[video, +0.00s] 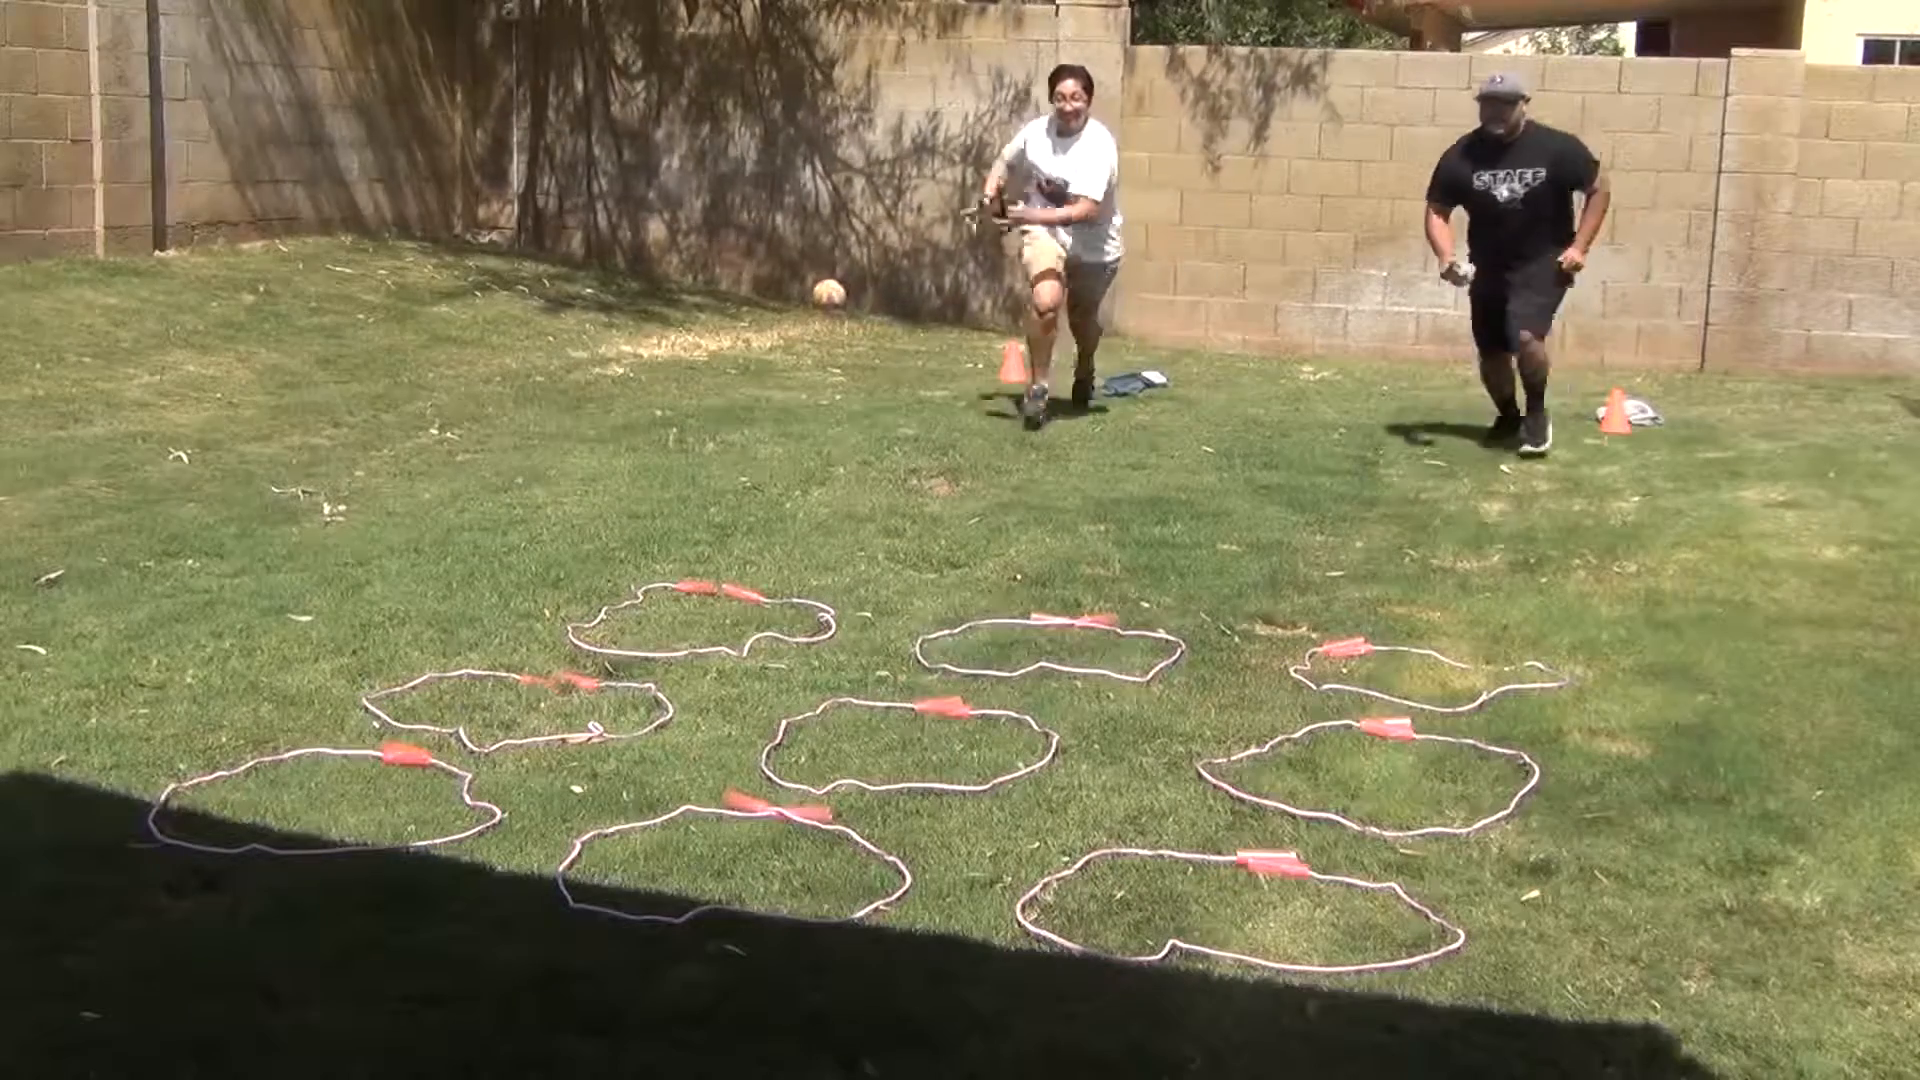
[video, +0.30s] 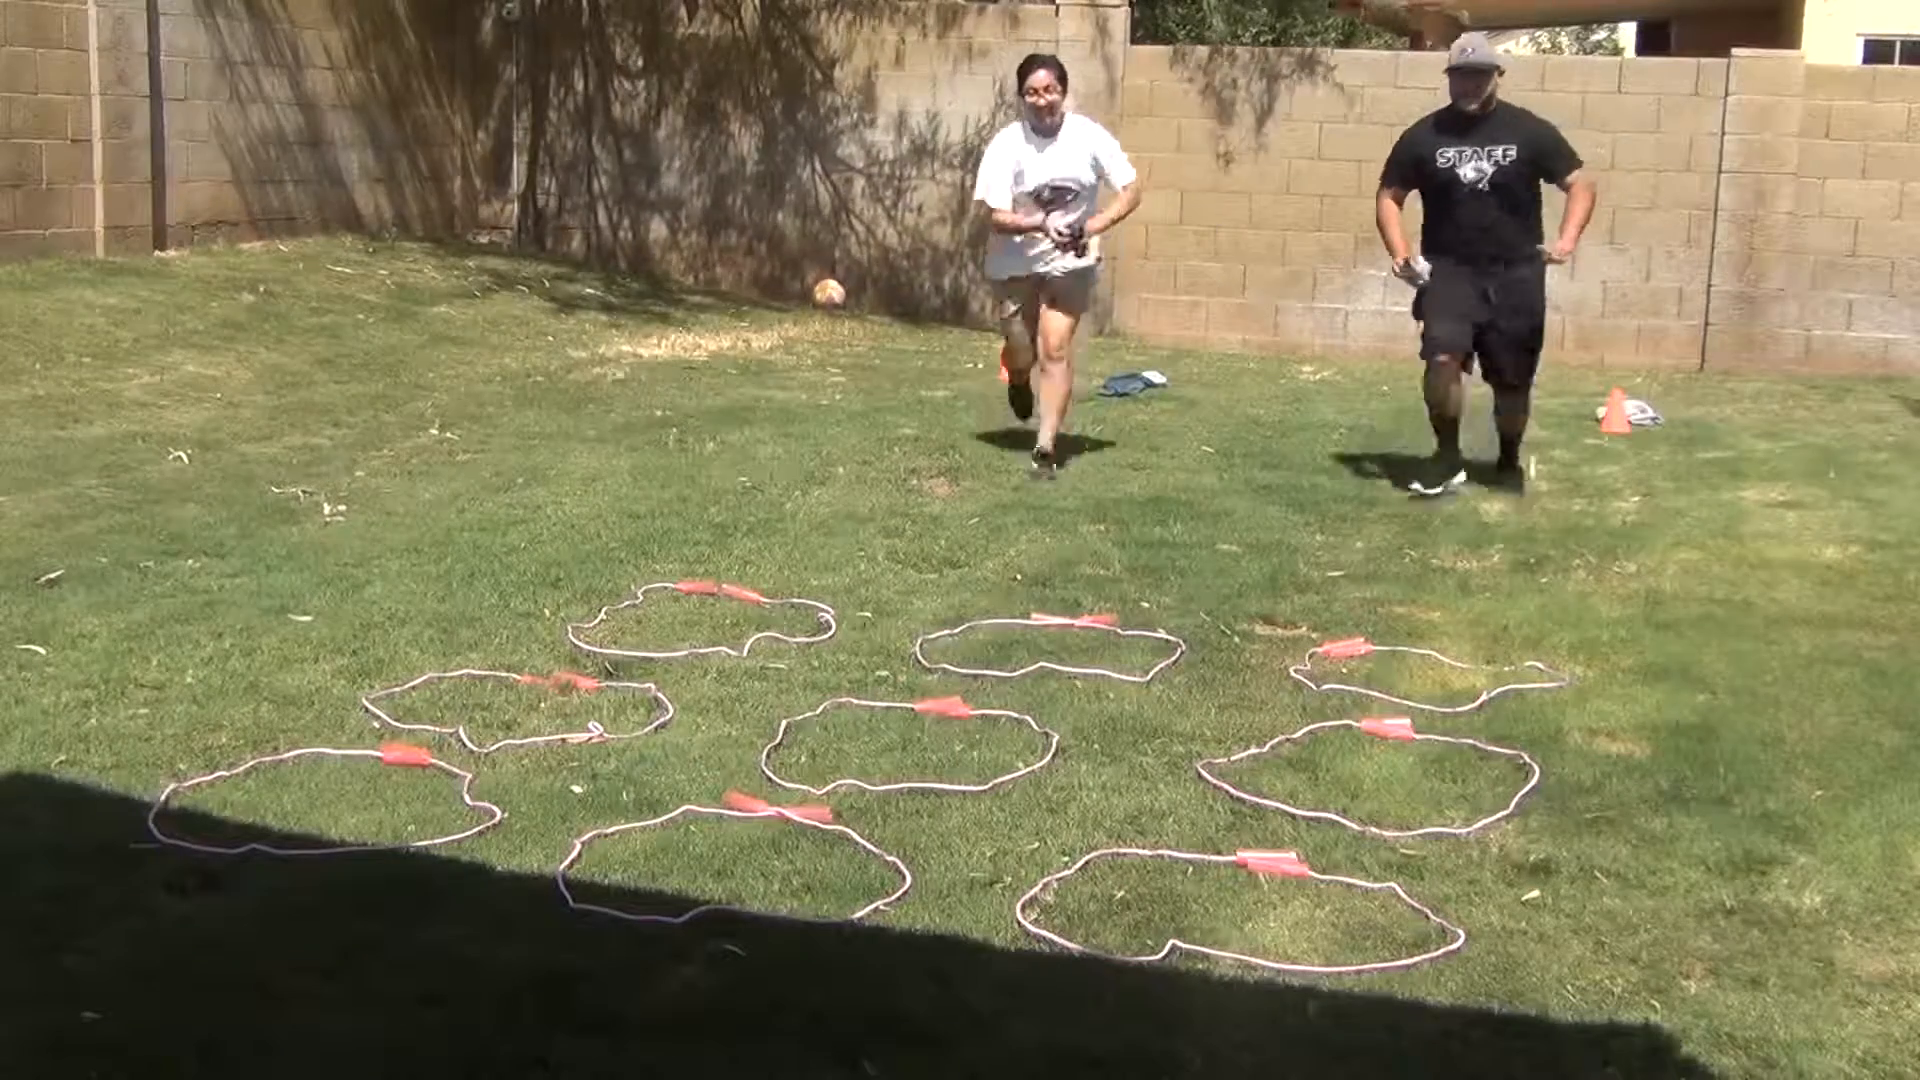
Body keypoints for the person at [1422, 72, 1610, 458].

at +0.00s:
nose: (1495, 113)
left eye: (1504, 105)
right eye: (1488, 104)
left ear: (1523, 107)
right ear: (1479, 106)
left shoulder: (1558, 149)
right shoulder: (1461, 157)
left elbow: (1599, 190)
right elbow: (1436, 213)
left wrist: (1580, 247)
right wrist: (1447, 257)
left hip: (1543, 261)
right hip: (1488, 265)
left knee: (1525, 337)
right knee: (1491, 353)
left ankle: (1536, 414)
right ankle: (1508, 416)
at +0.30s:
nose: (1471, 84)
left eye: (1481, 75)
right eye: (1463, 75)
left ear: (1497, 77)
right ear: (1448, 77)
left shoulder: (1531, 132)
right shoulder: (1424, 137)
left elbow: (1582, 187)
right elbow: (1388, 198)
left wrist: (1568, 238)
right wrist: (1401, 254)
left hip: (1517, 272)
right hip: (1449, 272)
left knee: (1513, 380)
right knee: (1442, 360)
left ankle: (1509, 464)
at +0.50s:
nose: (1433, 98)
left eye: (1443, 88)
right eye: (1424, 87)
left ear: (1461, 92)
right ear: (1409, 90)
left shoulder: (1497, 151)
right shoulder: (1379, 156)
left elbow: (1547, 198)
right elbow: (1340, 222)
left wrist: (1556, 259)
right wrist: (1353, 259)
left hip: (1472, 298)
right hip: (1403, 297)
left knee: (1474, 400)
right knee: (1403, 395)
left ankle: (1464, 473)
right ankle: (1402, 500)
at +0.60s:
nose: (1423, 99)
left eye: (1435, 89)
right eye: (1414, 88)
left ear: (1453, 91)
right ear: (1399, 88)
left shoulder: (1484, 155)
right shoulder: (1364, 153)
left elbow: (1511, 216)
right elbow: (1327, 221)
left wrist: (1518, 278)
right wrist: (1349, 255)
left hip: (1447, 297)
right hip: (1374, 299)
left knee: (1436, 395)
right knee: (1376, 433)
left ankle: (1416, 517)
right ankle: (1404, 497)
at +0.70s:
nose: (1408, 103)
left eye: (1420, 93)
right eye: (1399, 91)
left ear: (1438, 97)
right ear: (1383, 94)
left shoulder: (1468, 160)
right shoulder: (1346, 156)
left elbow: (1490, 222)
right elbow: (1302, 227)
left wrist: (1489, 291)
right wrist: (1334, 257)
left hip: (1425, 314)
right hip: (1349, 314)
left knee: (1409, 419)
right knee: (1350, 428)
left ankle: (1384, 545)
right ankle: (1365, 489)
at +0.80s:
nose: (1380, 123)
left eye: (1392, 113)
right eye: (1371, 112)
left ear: (1413, 117)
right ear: (1357, 113)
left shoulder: (1445, 175)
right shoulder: (1322, 179)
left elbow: (1475, 249)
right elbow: (1284, 255)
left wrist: (1480, 321)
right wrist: (1305, 280)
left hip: (1406, 329)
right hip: (1331, 325)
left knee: (1406, 434)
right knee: (1310, 432)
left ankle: (1384, 536)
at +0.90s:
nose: (1347, 141)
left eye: (1359, 130)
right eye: (1336, 130)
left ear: (1381, 130)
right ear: (1322, 130)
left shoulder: (1417, 180)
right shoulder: (1298, 193)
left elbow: (1448, 249)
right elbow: (1250, 277)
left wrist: (1458, 325)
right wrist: (1258, 285)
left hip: (1387, 338)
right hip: (1308, 334)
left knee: (1415, 443)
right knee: (1286, 430)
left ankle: (1380, 539)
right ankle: (1244, 550)